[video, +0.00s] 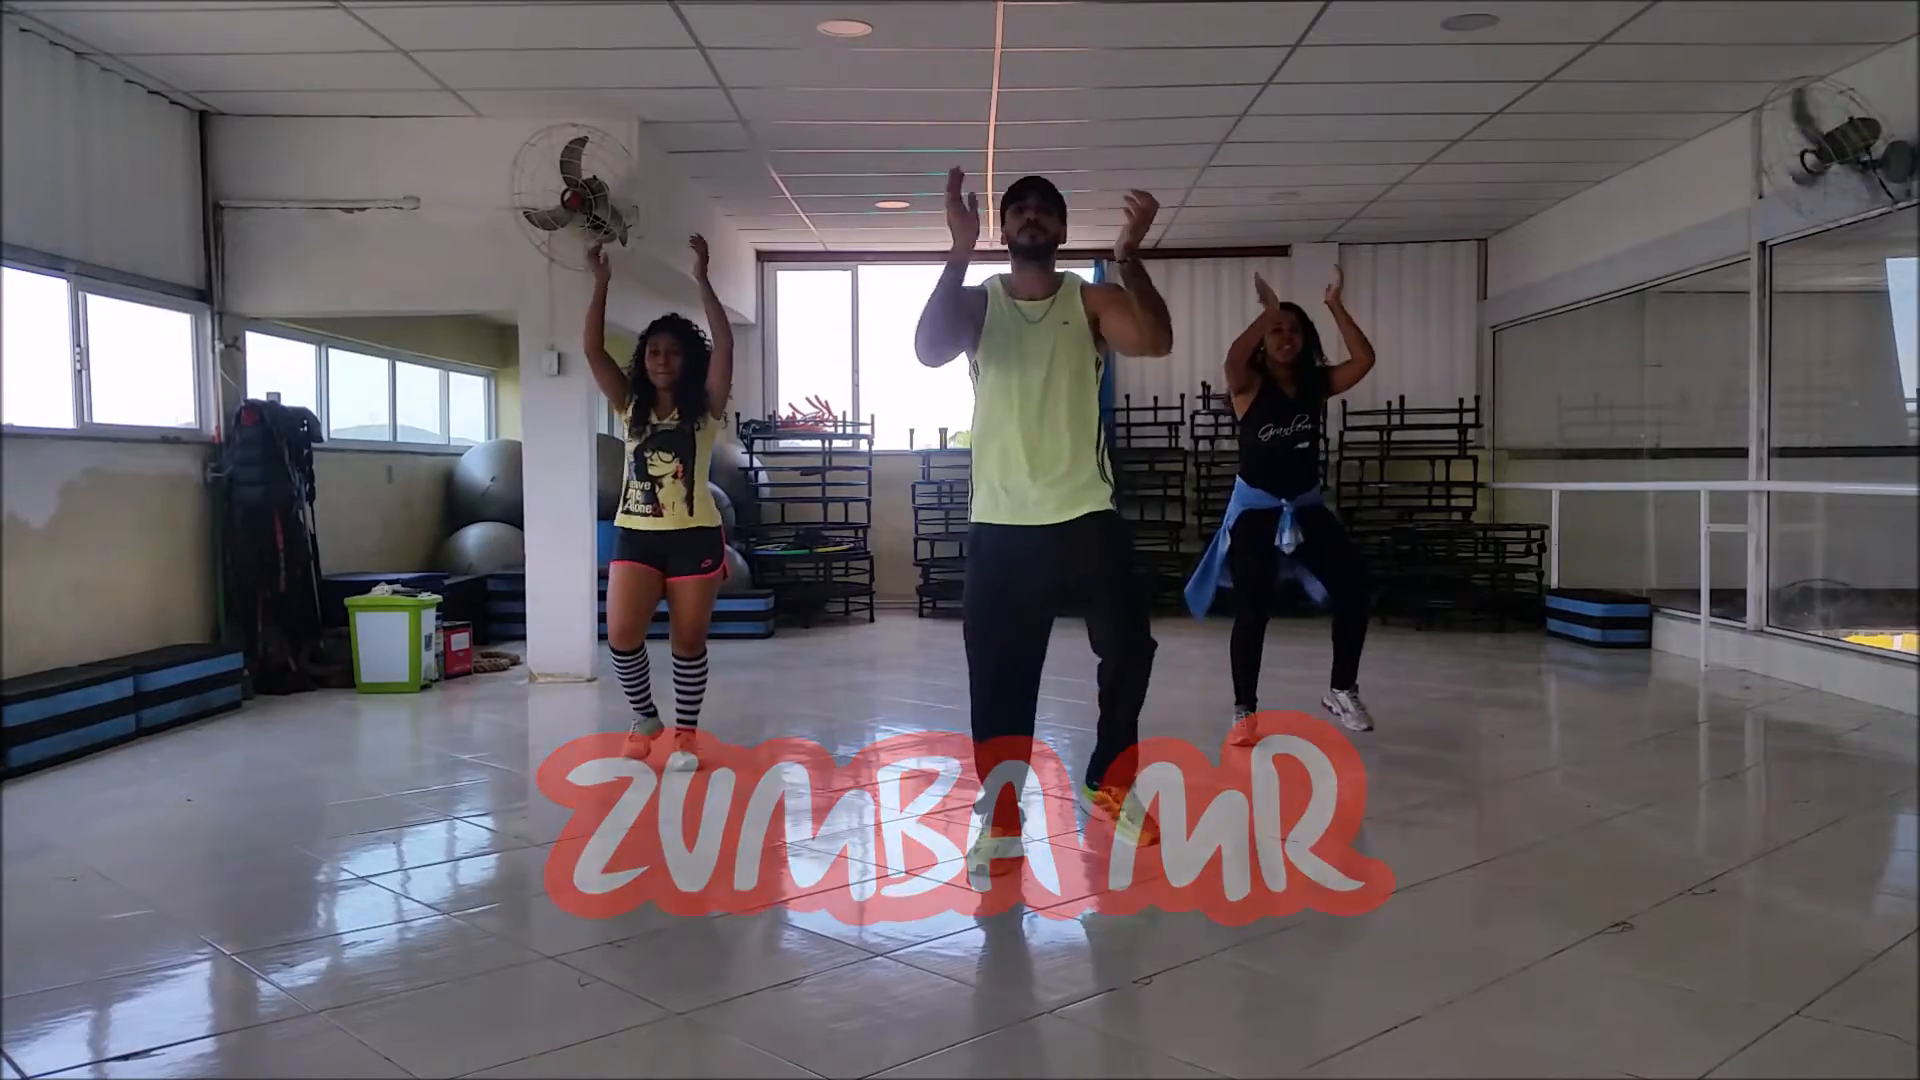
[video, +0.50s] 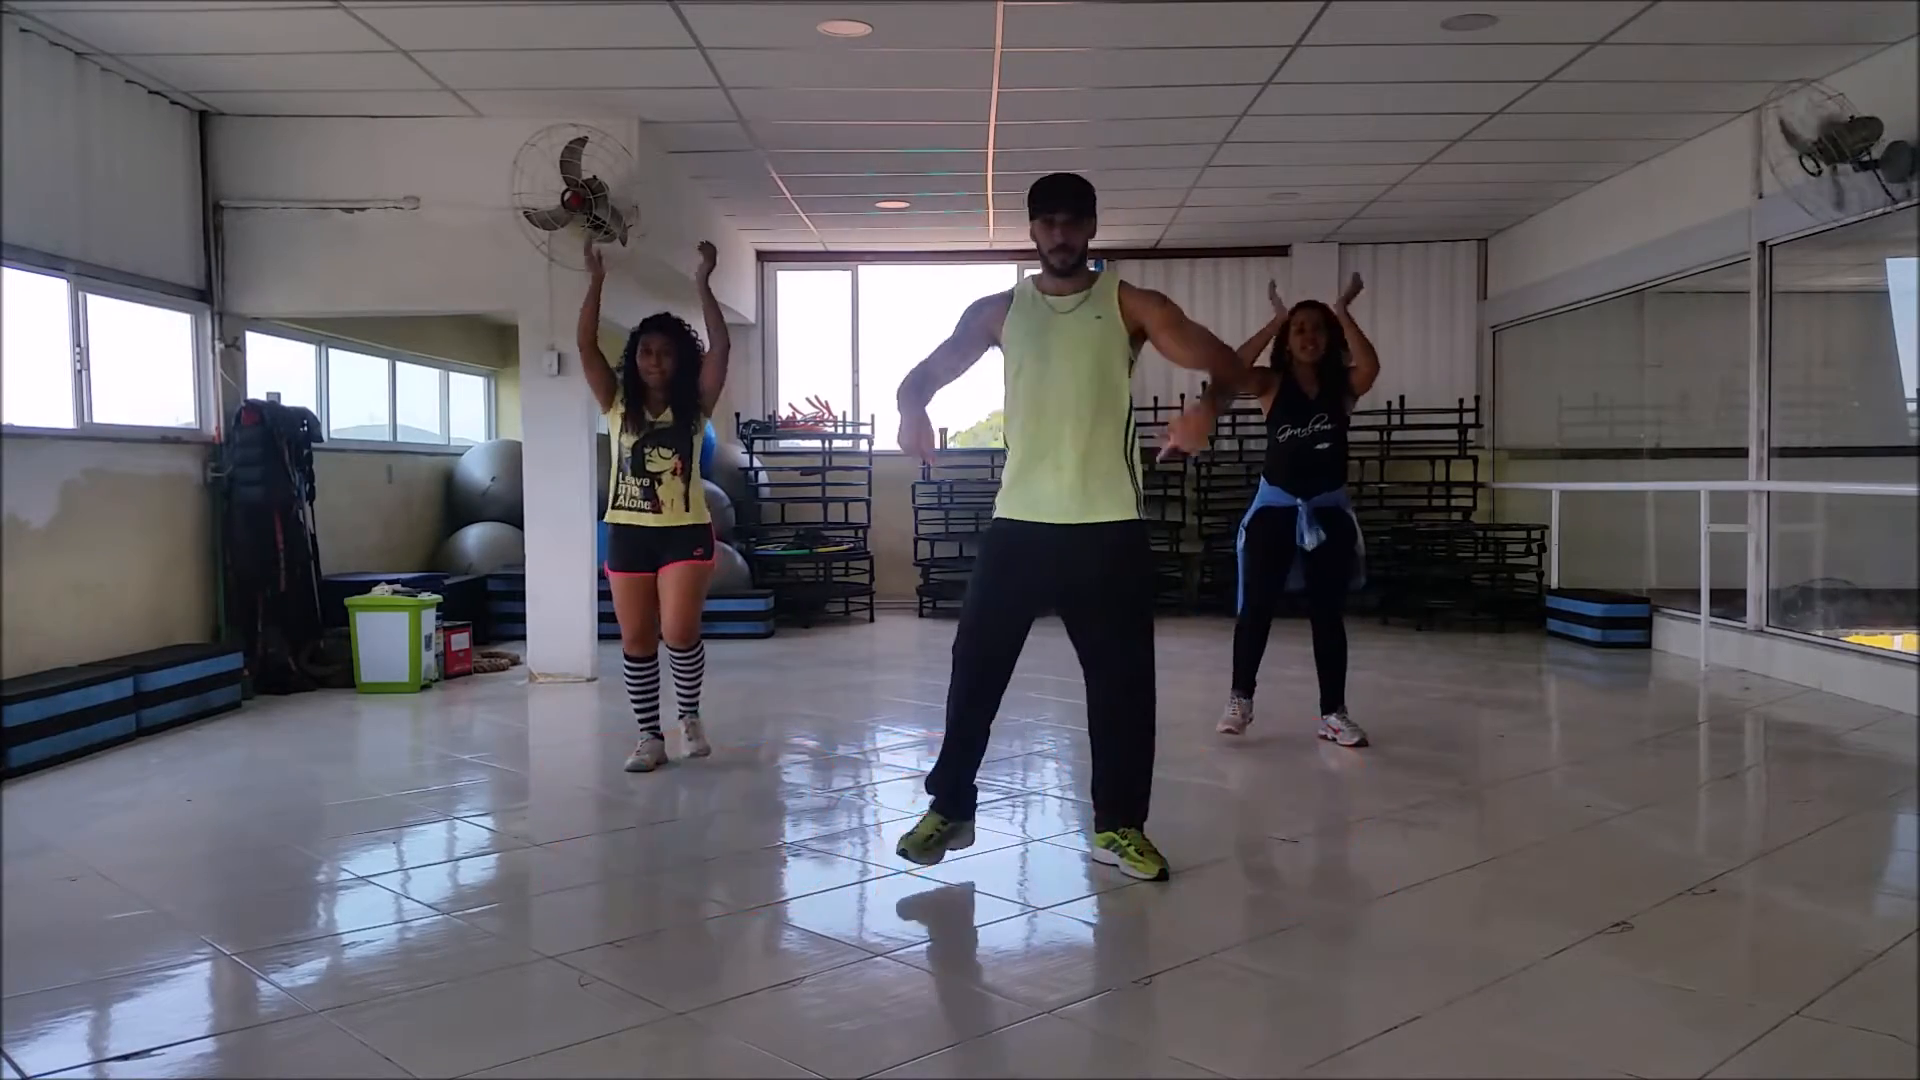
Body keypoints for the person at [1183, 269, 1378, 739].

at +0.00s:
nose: (1286, 338)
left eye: (1293, 330)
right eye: (1276, 331)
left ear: (1306, 339)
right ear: (1263, 341)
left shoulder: (1316, 384)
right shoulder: (1247, 386)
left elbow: (1363, 359)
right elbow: (1234, 359)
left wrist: (1336, 307)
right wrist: (1268, 312)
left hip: (1308, 510)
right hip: (1256, 512)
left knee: (1354, 589)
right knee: (1252, 606)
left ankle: (1341, 692)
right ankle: (1245, 711)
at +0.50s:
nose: (1308, 338)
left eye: (1316, 330)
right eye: (1299, 331)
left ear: (1330, 337)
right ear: (1286, 340)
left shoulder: (1342, 387)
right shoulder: (1270, 383)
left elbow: (1368, 366)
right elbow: (1229, 376)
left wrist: (1343, 313)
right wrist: (1272, 327)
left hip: (1329, 512)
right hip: (1274, 511)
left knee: (1329, 613)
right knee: (1256, 607)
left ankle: (1333, 715)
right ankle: (1240, 700)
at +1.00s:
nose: (1279, 335)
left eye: (1287, 329)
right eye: (1269, 329)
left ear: (1300, 339)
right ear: (1254, 339)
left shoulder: (1315, 390)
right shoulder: (1235, 387)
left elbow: (1350, 438)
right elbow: (1195, 444)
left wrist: (1362, 460)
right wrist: (1220, 476)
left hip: (1308, 511)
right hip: (1251, 512)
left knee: (1348, 598)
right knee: (1245, 611)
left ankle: (1365, 700)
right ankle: (1234, 715)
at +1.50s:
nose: (1306, 350)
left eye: (1315, 343)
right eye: (1297, 342)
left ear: (1327, 352)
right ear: (1282, 351)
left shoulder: (1347, 403)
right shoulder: (1263, 403)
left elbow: (1366, 469)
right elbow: (1241, 470)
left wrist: (1388, 531)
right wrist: (1228, 534)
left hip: (1342, 523)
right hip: (1283, 524)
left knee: (1364, 620)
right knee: (1257, 621)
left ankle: (1381, 717)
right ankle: (1224, 715)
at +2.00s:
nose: (1301, 356)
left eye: (1310, 350)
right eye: (1292, 349)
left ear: (1321, 359)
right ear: (1276, 357)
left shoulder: (1339, 411)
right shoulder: (1256, 408)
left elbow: (1360, 478)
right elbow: (1232, 475)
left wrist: (1380, 538)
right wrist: (1214, 538)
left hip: (1331, 530)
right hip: (1271, 531)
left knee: (1369, 617)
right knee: (1248, 621)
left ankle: (1382, 716)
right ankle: (1221, 716)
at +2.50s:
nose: (1299, 358)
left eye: (1308, 351)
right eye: (1290, 351)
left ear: (1320, 360)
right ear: (1274, 361)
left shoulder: (1343, 410)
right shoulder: (1260, 414)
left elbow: (1360, 475)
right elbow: (1238, 483)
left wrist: (1373, 533)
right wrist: (1220, 548)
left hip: (1328, 535)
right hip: (1271, 533)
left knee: (1371, 623)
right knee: (1248, 623)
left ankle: (1382, 717)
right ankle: (1221, 716)